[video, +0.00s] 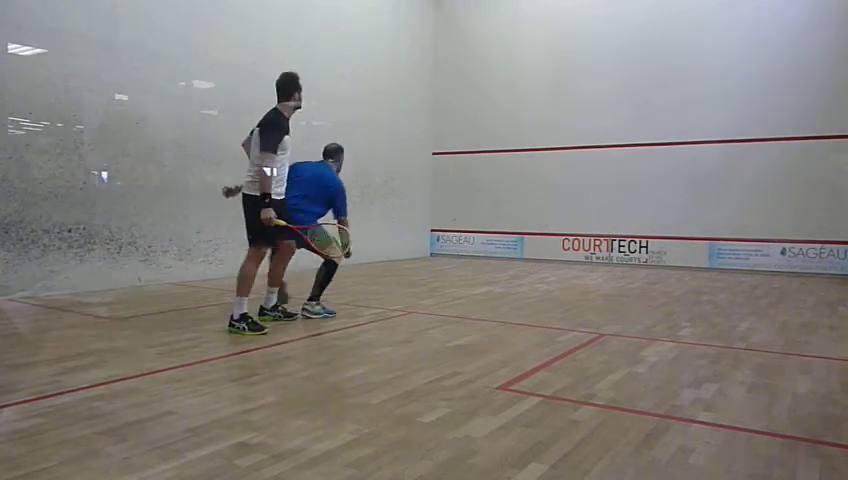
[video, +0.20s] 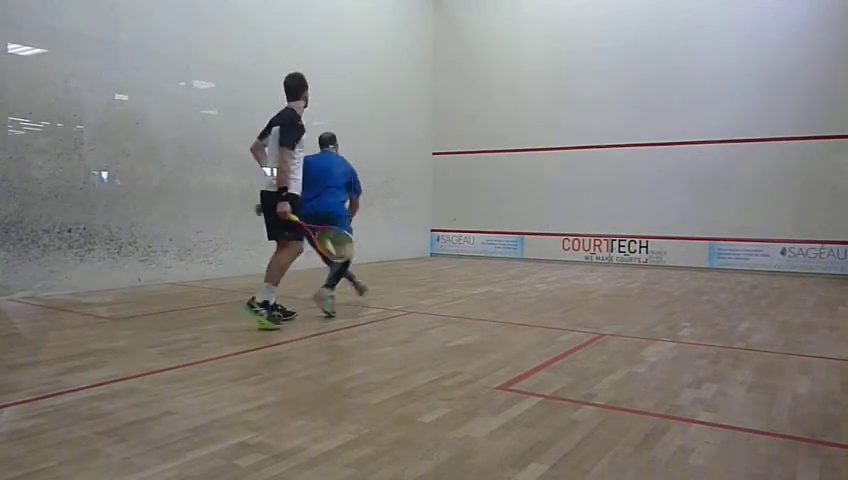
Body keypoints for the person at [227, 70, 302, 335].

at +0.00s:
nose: (302, 97)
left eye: (301, 92)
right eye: (301, 93)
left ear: (281, 94)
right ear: (294, 95)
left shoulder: (274, 118)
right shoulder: (275, 123)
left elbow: (247, 143)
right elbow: (266, 166)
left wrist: (262, 171)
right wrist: (266, 202)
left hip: (270, 195)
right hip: (259, 197)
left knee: (286, 247)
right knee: (257, 252)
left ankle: (269, 306)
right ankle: (238, 315)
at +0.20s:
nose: (309, 96)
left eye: (306, 92)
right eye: (308, 91)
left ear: (286, 93)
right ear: (305, 93)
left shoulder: (278, 118)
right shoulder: (293, 120)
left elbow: (256, 147)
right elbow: (284, 159)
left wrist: (272, 174)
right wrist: (282, 195)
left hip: (274, 192)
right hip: (287, 192)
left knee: (285, 247)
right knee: (293, 246)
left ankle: (267, 300)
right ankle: (264, 301)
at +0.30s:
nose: (314, 97)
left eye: (309, 93)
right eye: (314, 93)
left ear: (291, 94)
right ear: (312, 95)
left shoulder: (282, 120)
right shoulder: (304, 122)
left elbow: (265, 153)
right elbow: (297, 159)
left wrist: (284, 171)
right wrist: (299, 193)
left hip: (276, 191)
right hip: (295, 191)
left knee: (281, 245)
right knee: (310, 243)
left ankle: (268, 303)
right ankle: (284, 297)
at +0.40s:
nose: (320, 99)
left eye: (315, 94)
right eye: (320, 96)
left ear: (299, 97)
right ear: (319, 97)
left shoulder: (288, 124)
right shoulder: (316, 125)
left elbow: (278, 160)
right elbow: (313, 161)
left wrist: (298, 176)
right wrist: (321, 194)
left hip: (283, 192)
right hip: (306, 192)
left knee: (286, 244)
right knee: (322, 241)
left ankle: (269, 303)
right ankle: (313, 300)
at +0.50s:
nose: (329, 102)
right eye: (329, 99)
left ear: (309, 100)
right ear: (328, 101)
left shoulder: (297, 127)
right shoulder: (327, 127)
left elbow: (291, 165)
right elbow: (328, 160)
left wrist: (313, 179)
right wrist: (342, 190)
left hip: (294, 193)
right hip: (320, 194)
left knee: (295, 245)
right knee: (333, 243)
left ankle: (271, 300)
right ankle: (338, 300)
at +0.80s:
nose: (350, 108)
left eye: (342, 105)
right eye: (349, 105)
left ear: (329, 106)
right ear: (348, 107)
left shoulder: (318, 133)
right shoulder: (352, 131)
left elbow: (303, 167)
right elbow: (361, 163)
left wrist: (308, 196)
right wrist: (377, 195)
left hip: (321, 196)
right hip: (347, 195)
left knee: (326, 238)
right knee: (367, 239)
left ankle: (309, 287)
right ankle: (362, 291)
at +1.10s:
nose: (316, 128)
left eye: (316, 125)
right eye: (319, 124)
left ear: (314, 127)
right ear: (332, 126)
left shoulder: (312, 152)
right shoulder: (350, 146)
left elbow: (295, 180)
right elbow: (367, 173)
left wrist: (289, 207)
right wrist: (375, 202)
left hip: (329, 208)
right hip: (356, 207)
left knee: (314, 243)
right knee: (360, 246)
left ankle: (310, 284)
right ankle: (373, 277)